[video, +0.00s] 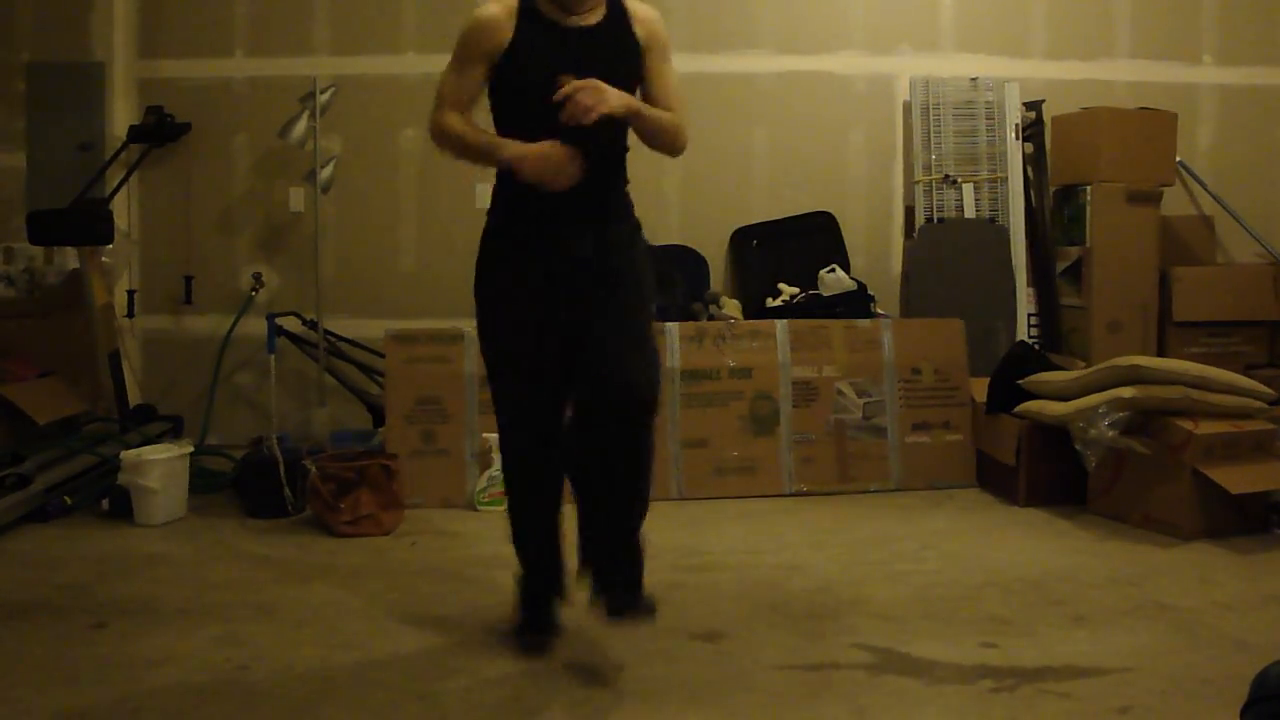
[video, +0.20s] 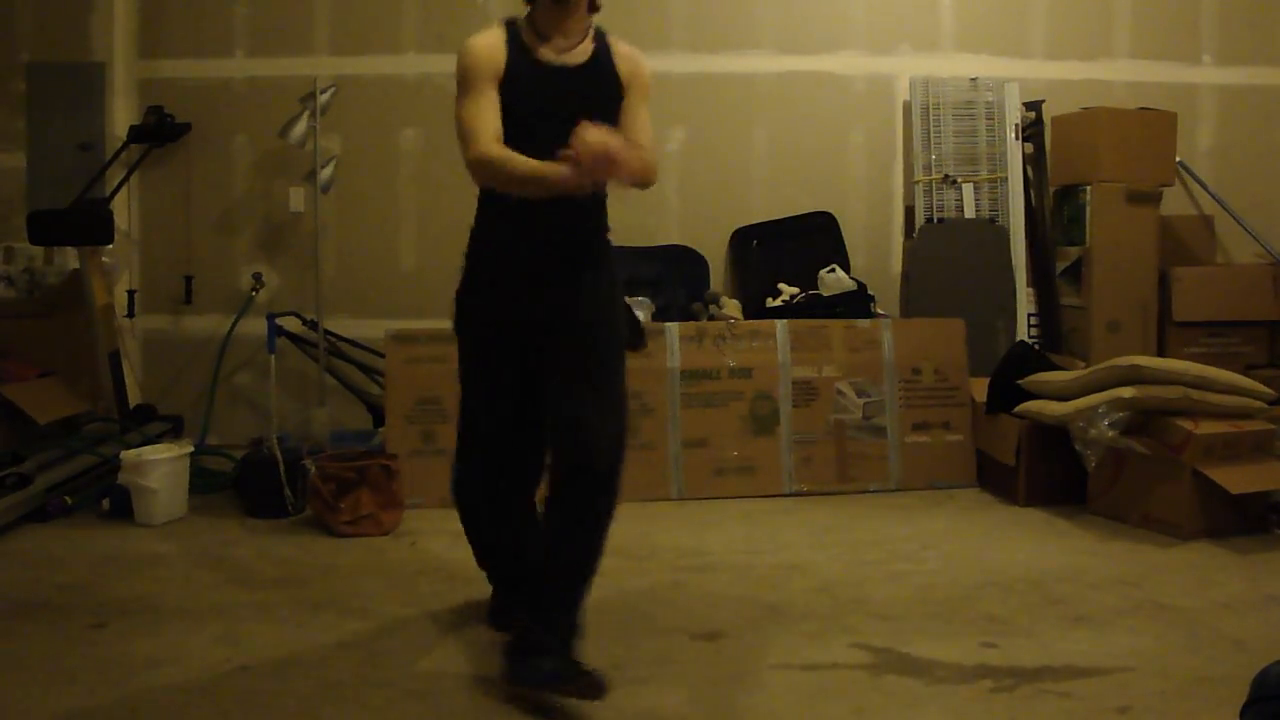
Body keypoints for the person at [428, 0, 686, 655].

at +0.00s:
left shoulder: (639, 26)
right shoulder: (496, 25)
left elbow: (675, 137)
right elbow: (445, 122)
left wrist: (625, 104)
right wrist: (518, 153)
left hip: (609, 248)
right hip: (521, 249)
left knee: (623, 408)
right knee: (530, 423)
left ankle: (617, 574)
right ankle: (538, 592)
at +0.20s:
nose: (570, 7)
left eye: (579, 0)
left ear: (593, 0)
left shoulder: (626, 64)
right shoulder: (486, 53)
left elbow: (644, 168)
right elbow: (482, 159)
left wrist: (609, 149)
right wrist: (571, 175)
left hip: (584, 287)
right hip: (499, 283)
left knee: (592, 463)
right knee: (492, 462)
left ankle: (545, 650)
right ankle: (517, 591)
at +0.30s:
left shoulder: (639, 57)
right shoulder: (503, 28)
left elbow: (638, 158)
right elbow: (475, 138)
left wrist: (627, 216)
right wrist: (530, 231)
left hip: (585, 269)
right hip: (492, 264)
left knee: (566, 452)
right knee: (482, 441)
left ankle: (492, 623)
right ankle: (487, 599)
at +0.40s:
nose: (595, 2)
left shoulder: (642, 68)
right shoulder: (503, 46)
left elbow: (637, 189)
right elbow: (441, 150)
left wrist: (644, 292)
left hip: (581, 292)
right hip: (496, 285)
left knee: (560, 484)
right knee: (496, 455)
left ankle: (474, 623)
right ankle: (407, 542)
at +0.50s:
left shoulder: (639, 40)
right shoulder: (507, 28)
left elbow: (640, 164)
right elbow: (416, 129)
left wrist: (659, 266)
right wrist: (336, 223)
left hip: (589, 272)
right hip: (516, 269)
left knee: (606, 457)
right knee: (543, 448)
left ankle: (486, 609)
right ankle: (466, 605)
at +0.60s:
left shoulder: (639, 39)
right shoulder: (505, 39)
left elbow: (643, 133)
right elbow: (404, 118)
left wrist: (679, 207)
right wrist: (329, 187)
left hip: (603, 284)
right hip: (537, 289)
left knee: (655, 460)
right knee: (612, 472)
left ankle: (492, 577)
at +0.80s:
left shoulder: (621, 54)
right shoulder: (488, 42)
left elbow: (644, 152)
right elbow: (412, 152)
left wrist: (704, 229)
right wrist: (378, 271)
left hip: (570, 282)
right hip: (497, 285)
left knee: (635, 464)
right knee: (613, 467)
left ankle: (501, 570)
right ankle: (654, 682)